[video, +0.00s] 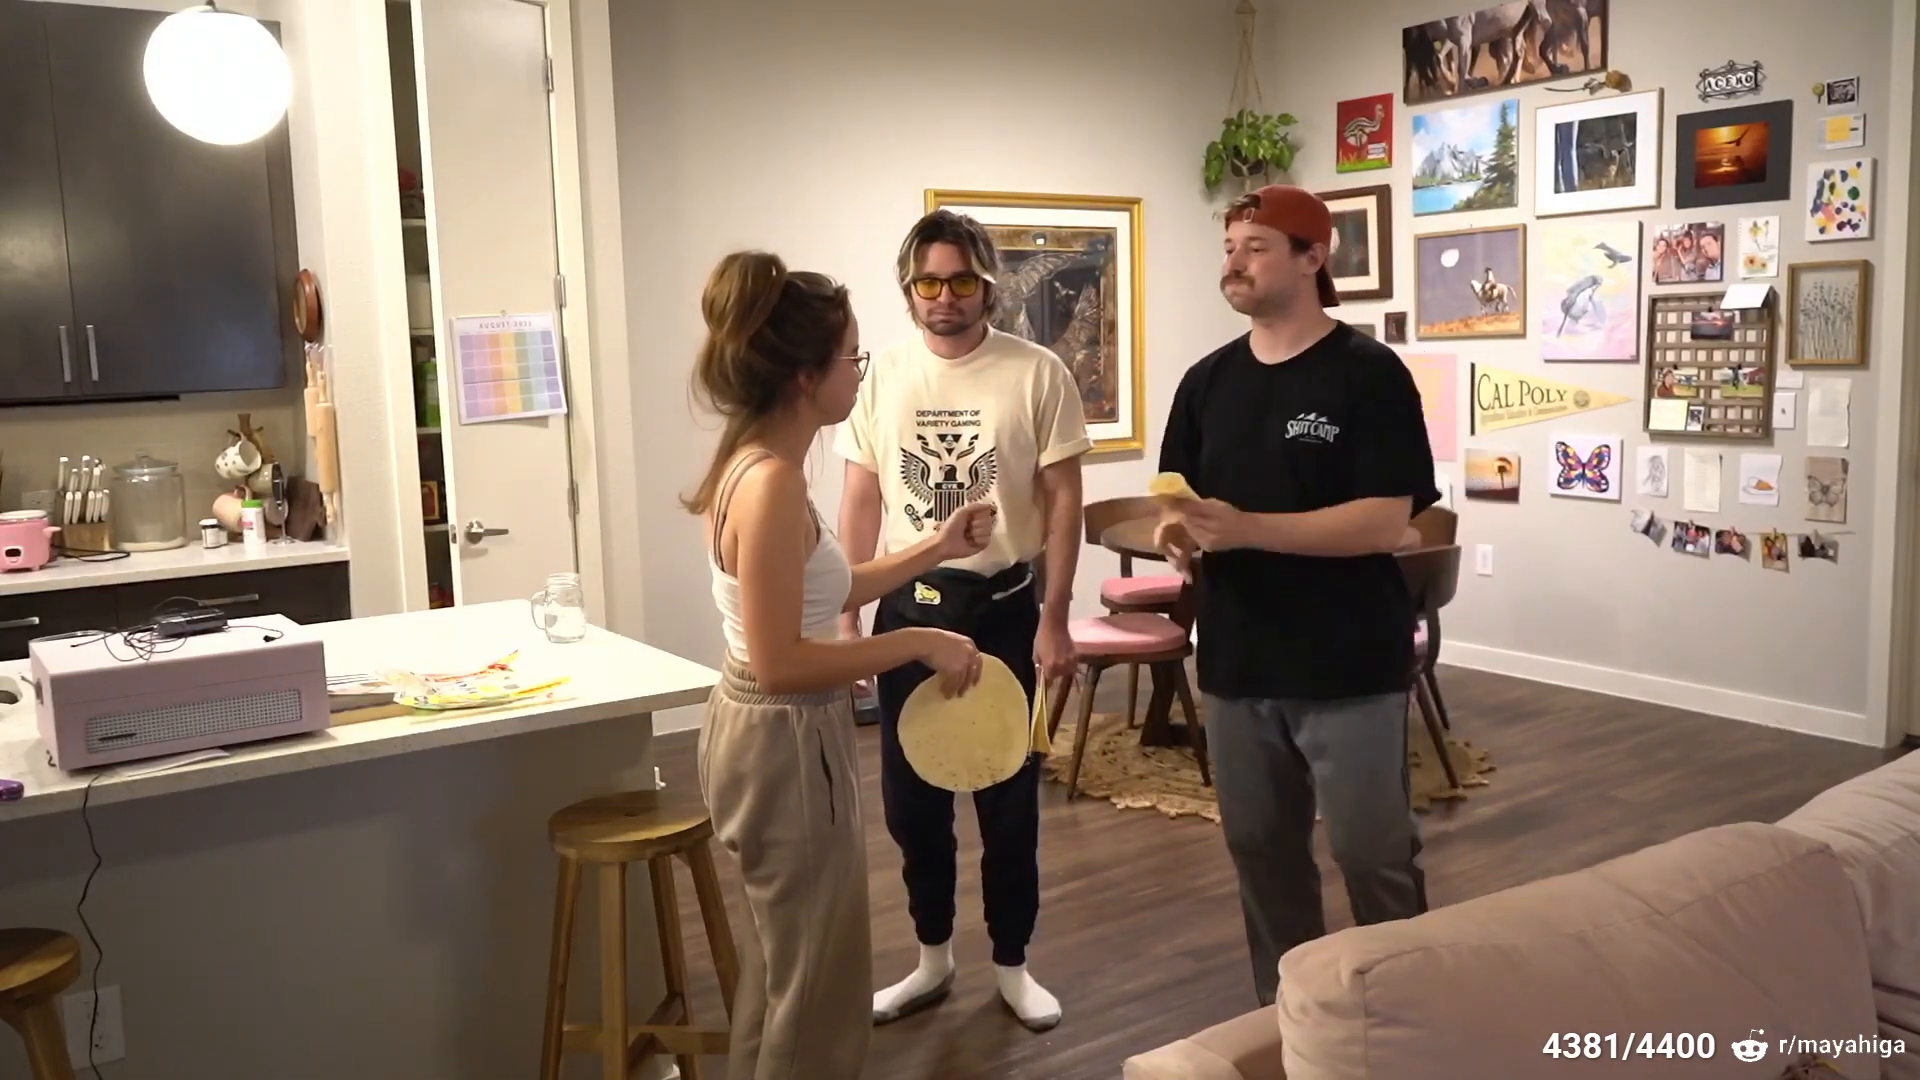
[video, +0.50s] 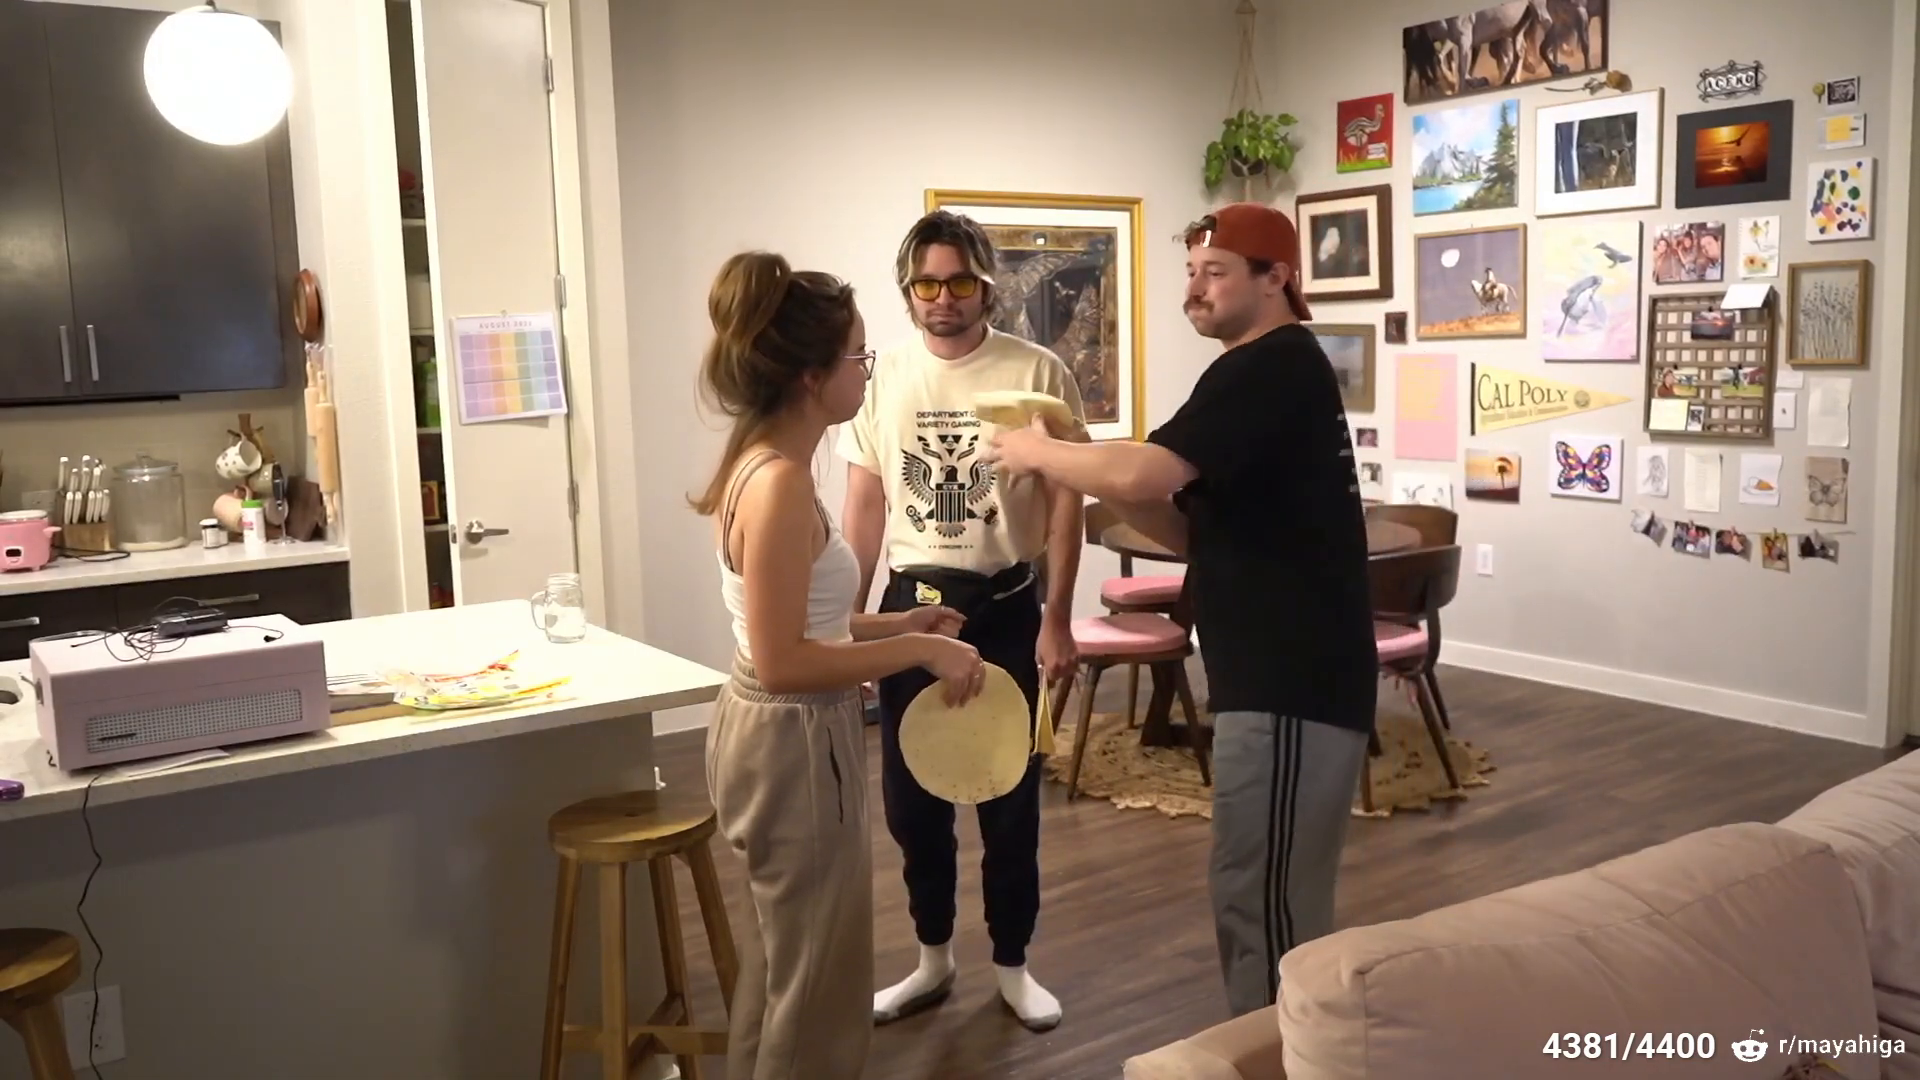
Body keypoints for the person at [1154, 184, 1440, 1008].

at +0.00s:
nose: (1234, 263)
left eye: (1256, 248)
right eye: (1230, 250)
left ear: (1311, 261)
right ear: (1228, 264)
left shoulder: (1371, 372)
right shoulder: (1205, 382)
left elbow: (1388, 521)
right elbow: (1175, 508)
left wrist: (1242, 528)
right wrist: (1170, 534)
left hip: (1354, 675)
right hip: (1237, 674)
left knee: (1375, 865)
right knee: (1265, 870)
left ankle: (1406, 1019)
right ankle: (1294, 1026)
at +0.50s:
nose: (1195, 289)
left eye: (1214, 272)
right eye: (1193, 275)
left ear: (1273, 278)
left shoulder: (1272, 364)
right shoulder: (1262, 367)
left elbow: (1153, 471)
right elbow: (1186, 531)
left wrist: (1043, 454)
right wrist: (1091, 474)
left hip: (1288, 689)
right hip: (1274, 684)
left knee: (1262, 908)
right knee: (1267, 904)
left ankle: (1274, 1070)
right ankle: (1278, 1066)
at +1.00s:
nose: (1138, 309)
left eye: (1154, 288)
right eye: (1136, 291)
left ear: (1221, 285)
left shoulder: (1343, 400)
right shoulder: (1152, 417)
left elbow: (1458, 530)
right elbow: (1098, 535)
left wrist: (1310, 552)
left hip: (1315, 741)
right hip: (1196, 733)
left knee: (1282, 969)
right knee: (1236, 931)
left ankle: (1319, 1067)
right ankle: (1304, 1042)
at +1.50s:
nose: (1178, 314)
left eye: (1198, 294)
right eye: (1179, 293)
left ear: (1267, 297)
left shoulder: (1347, 395)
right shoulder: (1192, 396)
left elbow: (1264, 528)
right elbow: (1105, 514)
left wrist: (1194, 400)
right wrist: (1010, 568)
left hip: (1334, 730)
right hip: (1225, 722)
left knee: (1359, 951)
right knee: (1282, 940)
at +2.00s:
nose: (884, 416)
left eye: (900, 398)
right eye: (886, 395)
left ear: (972, 406)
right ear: (967, 408)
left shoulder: (1073, 506)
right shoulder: (947, 493)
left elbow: (949, 704)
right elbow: (795, 564)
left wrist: (776, 656)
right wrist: (709, 579)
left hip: (1232, 801)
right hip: (1112, 790)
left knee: (1187, 1057)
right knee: (1059, 1023)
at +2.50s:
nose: (535, 541)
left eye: (533, 526)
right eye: (530, 525)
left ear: (553, 542)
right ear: (657, 485)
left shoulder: (624, 690)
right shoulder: (757, 559)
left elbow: (600, 904)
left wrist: (521, 807)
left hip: (872, 966)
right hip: (986, 894)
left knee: (658, 1065)